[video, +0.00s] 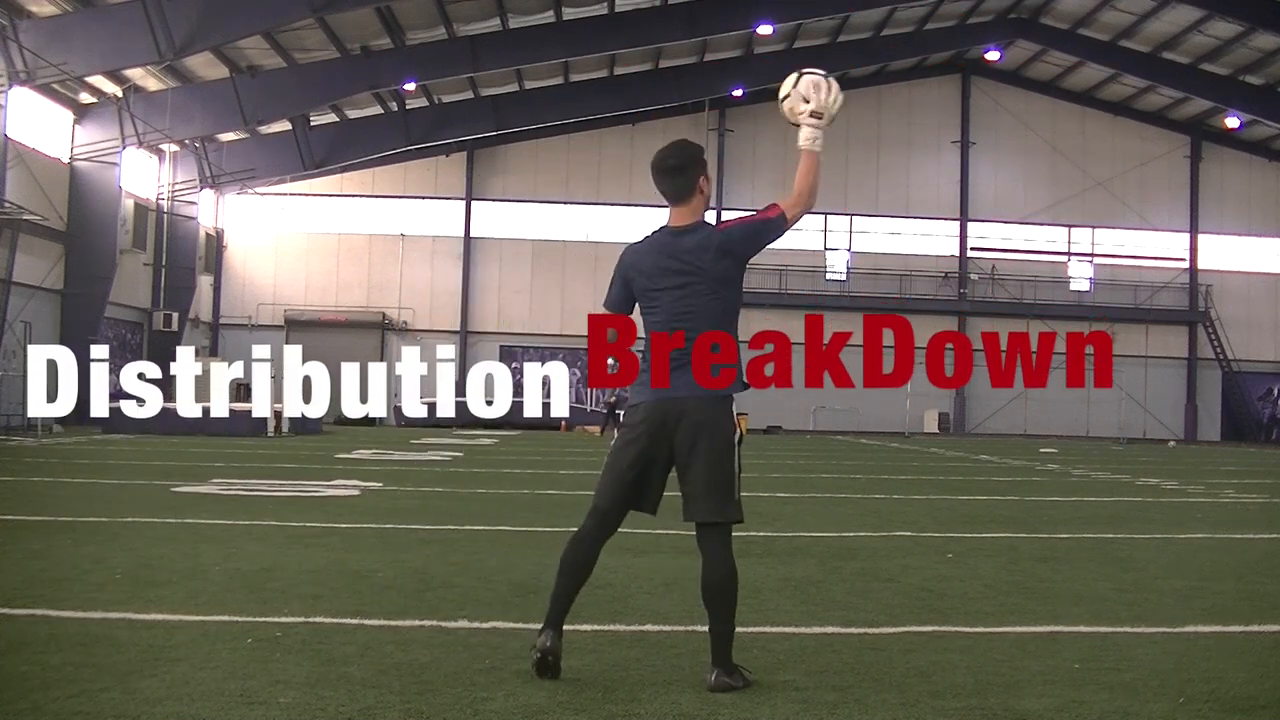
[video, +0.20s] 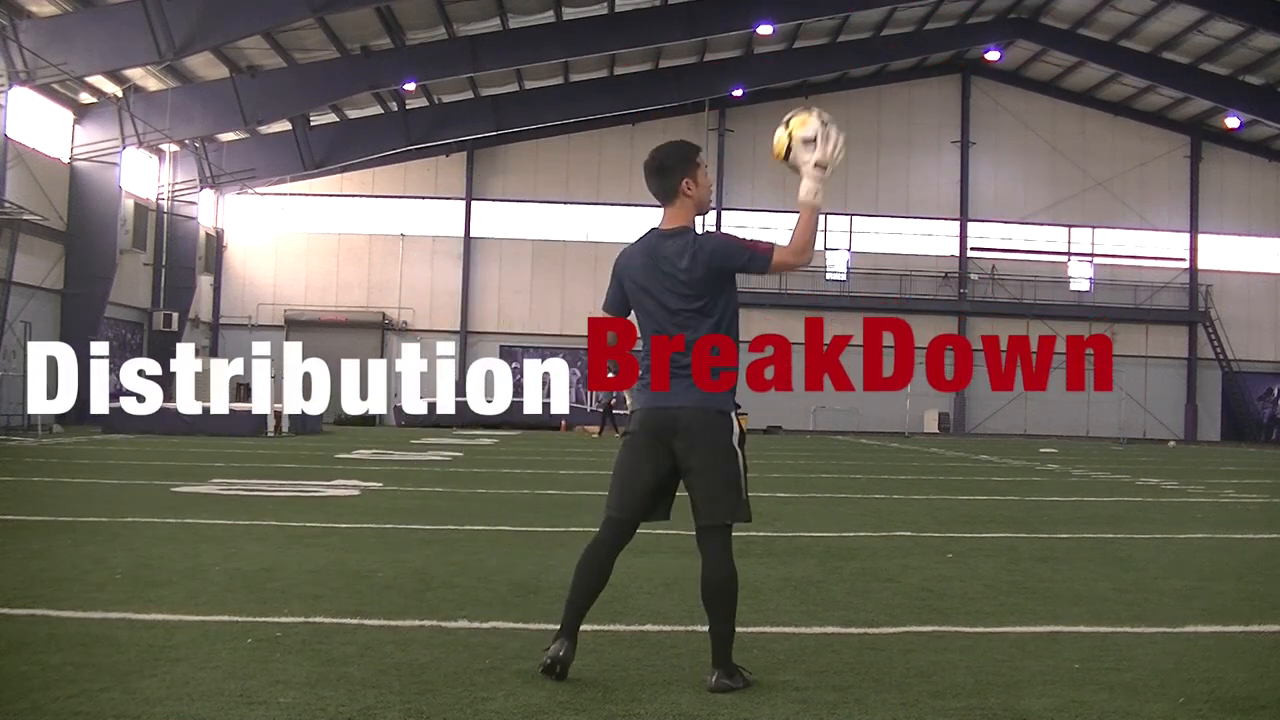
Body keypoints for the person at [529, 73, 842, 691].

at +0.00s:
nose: (711, 183)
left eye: (703, 177)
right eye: (709, 177)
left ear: (661, 190)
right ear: (703, 185)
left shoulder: (636, 255)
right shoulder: (727, 242)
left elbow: (610, 330)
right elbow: (797, 203)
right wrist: (811, 134)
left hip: (648, 403)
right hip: (707, 406)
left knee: (599, 520)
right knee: (715, 536)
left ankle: (550, 631)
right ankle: (721, 665)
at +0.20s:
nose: (710, 180)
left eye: (706, 172)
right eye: (704, 173)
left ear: (663, 189)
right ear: (687, 185)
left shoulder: (630, 258)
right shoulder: (714, 249)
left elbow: (609, 335)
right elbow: (798, 253)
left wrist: (616, 390)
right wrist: (812, 181)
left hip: (649, 415)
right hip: (707, 415)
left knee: (612, 531)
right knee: (715, 544)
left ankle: (564, 639)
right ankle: (722, 667)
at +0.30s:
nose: (699, 186)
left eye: (695, 177)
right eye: (696, 177)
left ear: (649, 189)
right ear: (683, 184)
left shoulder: (617, 261)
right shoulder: (699, 254)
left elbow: (601, 343)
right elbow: (771, 296)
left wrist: (613, 399)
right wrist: (798, 225)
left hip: (641, 421)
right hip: (701, 422)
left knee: (612, 529)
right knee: (711, 544)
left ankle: (558, 632)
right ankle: (722, 667)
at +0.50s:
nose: (649, 197)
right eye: (650, 189)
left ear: (602, 195)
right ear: (650, 192)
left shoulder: (578, 266)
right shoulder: (676, 260)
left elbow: (552, 342)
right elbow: (691, 341)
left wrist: (592, 342)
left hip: (606, 432)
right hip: (667, 433)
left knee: (593, 534)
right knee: (700, 544)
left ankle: (518, 637)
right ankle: (722, 668)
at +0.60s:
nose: (608, 204)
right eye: (616, 195)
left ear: (570, 203)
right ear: (617, 199)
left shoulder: (548, 271)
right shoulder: (648, 263)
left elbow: (517, 347)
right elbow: (670, 339)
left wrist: (556, 338)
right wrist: (628, 326)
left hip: (573, 433)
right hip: (636, 433)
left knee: (566, 541)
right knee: (682, 544)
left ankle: (510, 652)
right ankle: (719, 665)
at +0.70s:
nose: (584, 201)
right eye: (586, 193)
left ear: (539, 199)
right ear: (585, 195)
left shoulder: (514, 270)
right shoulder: (615, 258)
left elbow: (487, 350)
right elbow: (636, 340)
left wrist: (527, 351)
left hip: (539, 432)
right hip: (600, 431)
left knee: (541, 539)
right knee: (649, 540)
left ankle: (508, 657)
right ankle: (691, 655)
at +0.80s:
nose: (554, 193)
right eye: (555, 184)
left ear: (509, 192)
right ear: (554, 185)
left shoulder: (485, 260)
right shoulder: (584, 247)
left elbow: (462, 342)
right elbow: (605, 329)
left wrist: (503, 345)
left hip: (508, 421)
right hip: (568, 420)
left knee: (521, 535)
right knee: (617, 526)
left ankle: (507, 657)